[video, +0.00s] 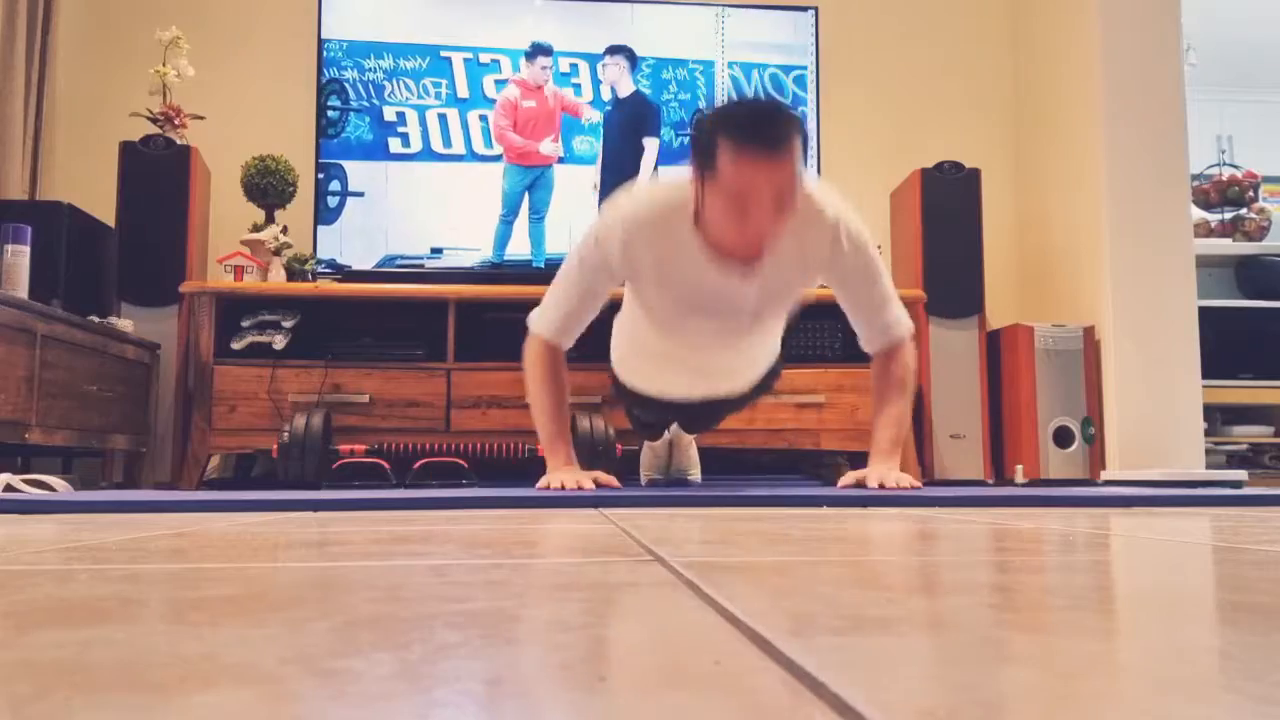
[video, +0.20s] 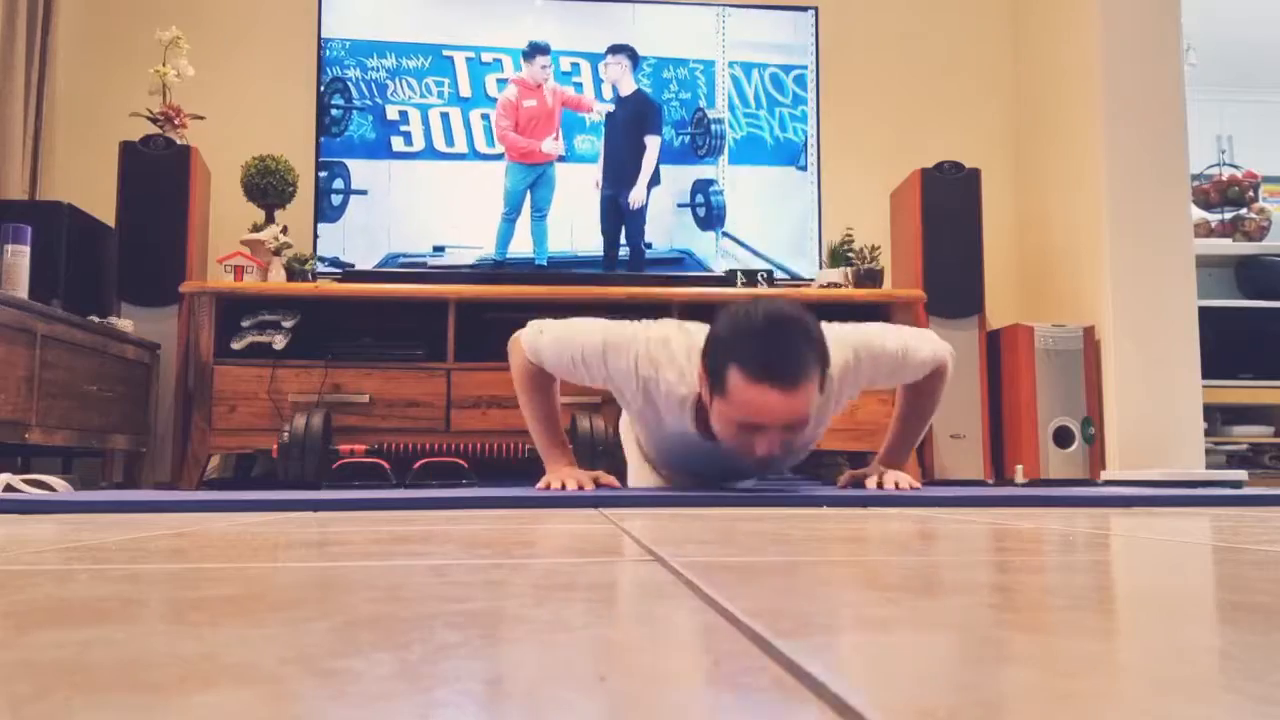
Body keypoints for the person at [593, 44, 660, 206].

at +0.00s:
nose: (602, 72)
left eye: (605, 66)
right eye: (602, 67)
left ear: (621, 68)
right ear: (619, 68)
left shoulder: (647, 107)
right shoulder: (610, 107)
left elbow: (651, 149)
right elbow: (605, 145)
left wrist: (639, 190)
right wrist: (598, 175)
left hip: (632, 194)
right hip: (608, 192)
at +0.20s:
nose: (605, 70)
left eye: (610, 65)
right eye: (605, 65)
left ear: (626, 67)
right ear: (609, 68)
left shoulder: (649, 105)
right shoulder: (611, 106)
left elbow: (652, 149)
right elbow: (605, 144)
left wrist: (641, 185)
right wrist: (600, 171)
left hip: (634, 186)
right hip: (610, 184)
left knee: (635, 241)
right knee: (609, 240)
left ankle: (634, 285)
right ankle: (607, 283)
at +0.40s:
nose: (605, 68)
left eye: (610, 63)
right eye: (606, 63)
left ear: (626, 66)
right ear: (620, 67)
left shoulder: (650, 104)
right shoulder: (614, 105)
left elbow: (654, 146)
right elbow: (607, 143)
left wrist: (642, 184)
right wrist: (602, 171)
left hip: (635, 183)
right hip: (611, 180)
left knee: (636, 237)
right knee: (611, 237)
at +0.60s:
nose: (608, 67)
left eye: (614, 62)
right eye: (609, 62)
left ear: (630, 64)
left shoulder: (650, 101)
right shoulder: (615, 102)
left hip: (644, 177)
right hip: (616, 177)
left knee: (644, 231)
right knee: (613, 231)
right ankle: (611, 273)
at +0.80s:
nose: (610, 66)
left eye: (615, 61)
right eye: (610, 62)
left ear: (630, 64)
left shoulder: (654, 102)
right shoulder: (617, 102)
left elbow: (657, 144)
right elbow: (611, 140)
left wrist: (646, 181)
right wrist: (606, 170)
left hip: (638, 180)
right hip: (614, 179)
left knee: (639, 237)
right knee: (614, 238)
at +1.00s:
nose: (613, 66)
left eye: (618, 61)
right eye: (612, 61)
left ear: (633, 63)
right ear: (615, 64)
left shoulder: (654, 101)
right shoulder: (619, 100)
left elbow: (659, 143)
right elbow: (611, 139)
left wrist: (648, 180)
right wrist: (607, 168)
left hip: (640, 180)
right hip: (616, 178)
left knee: (641, 234)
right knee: (615, 231)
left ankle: (641, 278)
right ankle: (614, 274)